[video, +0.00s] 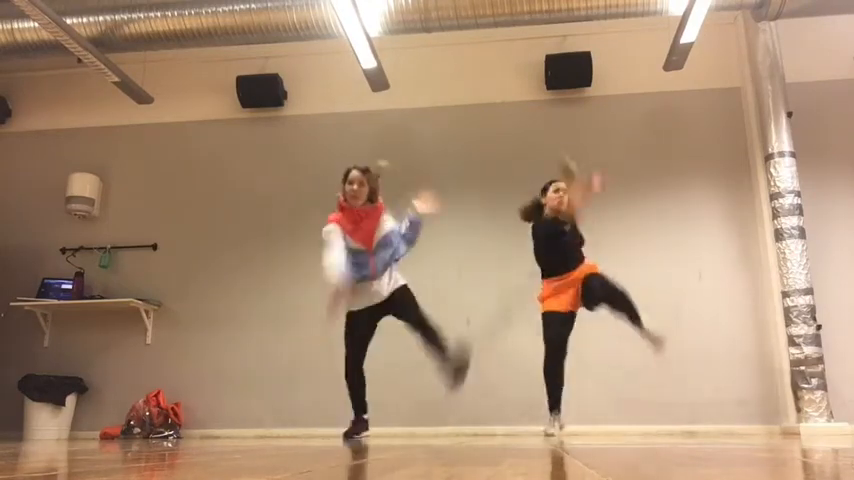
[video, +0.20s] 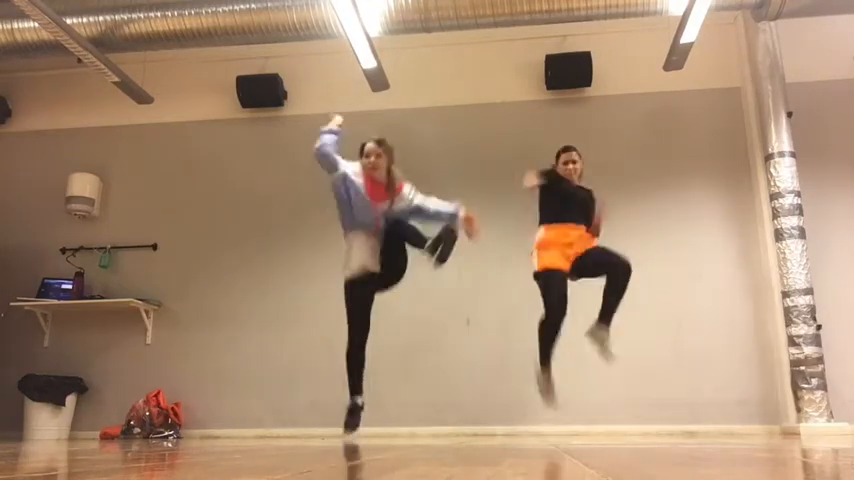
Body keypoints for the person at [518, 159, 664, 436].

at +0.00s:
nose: (561, 196)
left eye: (564, 192)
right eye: (555, 191)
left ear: (568, 198)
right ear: (543, 200)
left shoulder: (567, 217)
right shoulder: (542, 227)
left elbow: (575, 203)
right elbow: (557, 219)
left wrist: (588, 188)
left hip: (582, 279)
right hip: (556, 291)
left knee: (608, 290)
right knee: (554, 351)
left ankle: (642, 329)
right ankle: (554, 415)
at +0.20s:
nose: (572, 165)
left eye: (575, 162)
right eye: (566, 162)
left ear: (582, 166)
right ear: (557, 167)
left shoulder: (587, 195)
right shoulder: (551, 180)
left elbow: (591, 234)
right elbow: (529, 181)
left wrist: (599, 216)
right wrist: (538, 178)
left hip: (580, 248)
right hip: (551, 249)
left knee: (621, 267)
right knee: (555, 311)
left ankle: (601, 328)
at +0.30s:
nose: (572, 174)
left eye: (575, 169)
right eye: (567, 170)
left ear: (583, 171)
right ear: (559, 174)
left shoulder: (589, 197)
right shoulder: (549, 191)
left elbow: (610, 222)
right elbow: (530, 217)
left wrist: (598, 202)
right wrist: (512, 218)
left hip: (582, 253)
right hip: (553, 245)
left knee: (608, 305)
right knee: (548, 265)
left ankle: (596, 373)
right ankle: (539, 307)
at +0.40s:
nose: (566, 201)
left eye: (571, 196)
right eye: (563, 196)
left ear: (582, 196)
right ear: (557, 198)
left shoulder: (594, 211)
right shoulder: (553, 221)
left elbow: (620, 203)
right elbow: (537, 259)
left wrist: (629, 194)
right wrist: (505, 256)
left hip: (587, 287)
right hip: (563, 279)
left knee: (588, 349)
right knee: (553, 221)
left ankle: (576, 413)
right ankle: (539, 280)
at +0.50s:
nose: (570, 217)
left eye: (574, 212)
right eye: (565, 213)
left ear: (581, 213)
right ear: (557, 216)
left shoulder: (593, 225)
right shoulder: (551, 243)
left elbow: (628, 211)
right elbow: (541, 282)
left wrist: (656, 191)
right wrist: (526, 263)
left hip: (587, 298)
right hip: (558, 296)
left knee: (596, 360)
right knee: (552, 248)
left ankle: (574, 418)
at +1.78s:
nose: (535, 218)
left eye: (537, 212)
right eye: (532, 214)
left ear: (551, 203)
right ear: (537, 212)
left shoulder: (579, 205)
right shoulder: (548, 221)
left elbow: (592, 173)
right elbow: (522, 203)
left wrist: (578, 139)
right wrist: (524, 171)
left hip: (584, 286)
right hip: (554, 284)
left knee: (604, 347)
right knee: (507, 307)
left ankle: (621, 414)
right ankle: (518, 367)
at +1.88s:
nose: (528, 223)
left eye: (531, 216)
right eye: (527, 219)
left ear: (548, 211)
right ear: (539, 217)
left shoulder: (573, 213)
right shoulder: (545, 238)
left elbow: (589, 190)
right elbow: (517, 243)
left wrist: (594, 157)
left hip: (591, 293)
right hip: (563, 291)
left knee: (606, 352)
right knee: (511, 280)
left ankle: (622, 415)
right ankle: (533, 336)